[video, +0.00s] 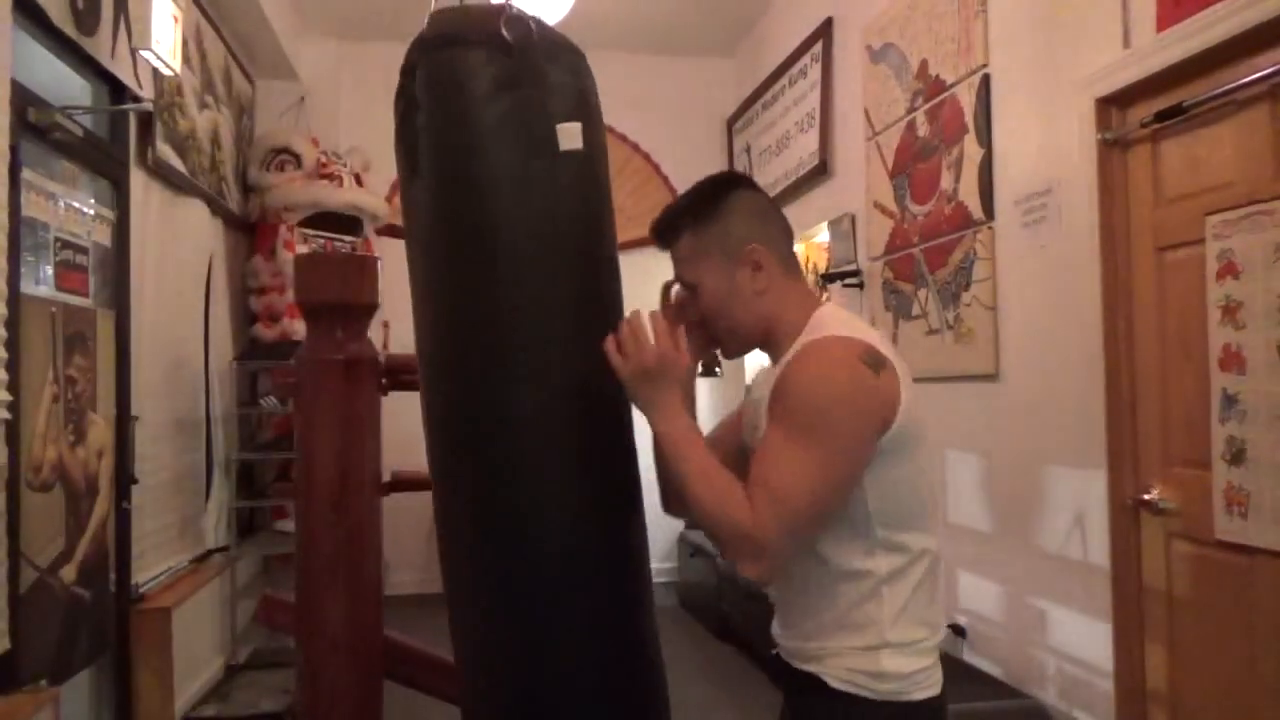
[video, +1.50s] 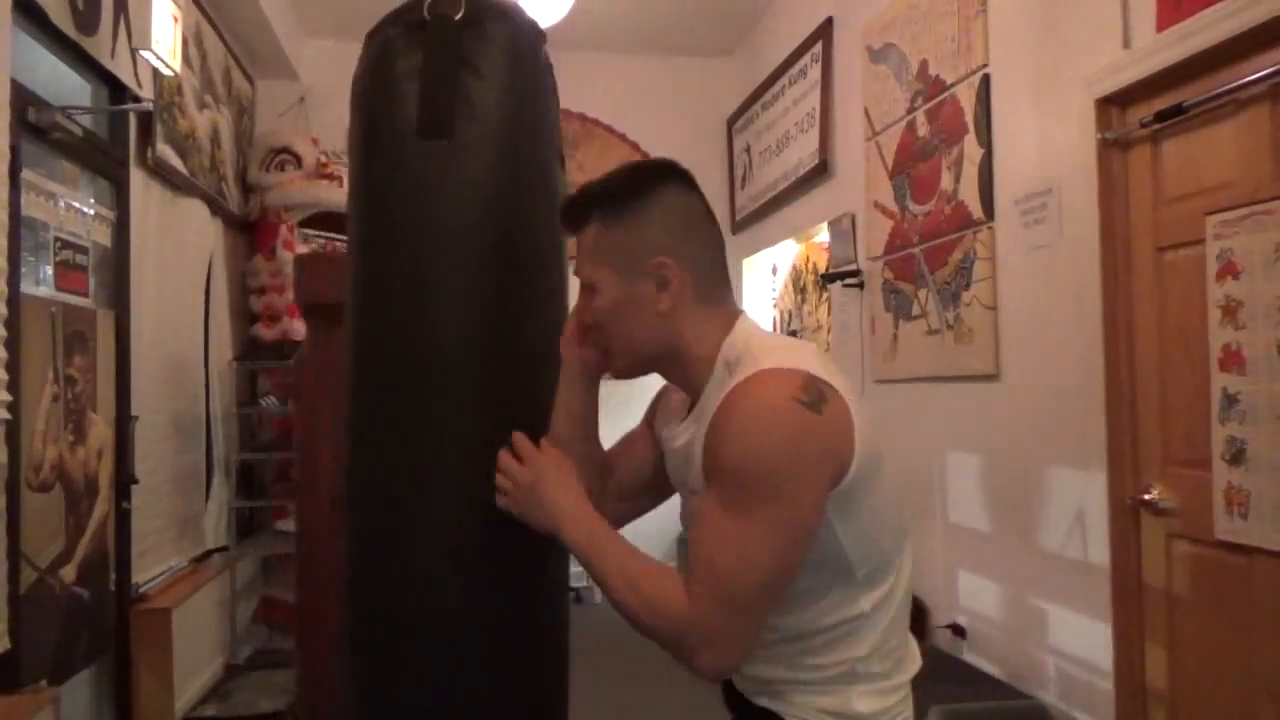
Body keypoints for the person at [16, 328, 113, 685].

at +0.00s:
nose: (69, 391)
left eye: (75, 382)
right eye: (64, 383)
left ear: (91, 384)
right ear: (59, 387)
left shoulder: (103, 430)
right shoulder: (61, 434)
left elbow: (105, 499)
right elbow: (38, 480)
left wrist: (76, 563)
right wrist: (46, 401)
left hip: (104, 547)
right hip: (74, 547)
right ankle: (55, 690)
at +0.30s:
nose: (69, 391)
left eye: (74, 382)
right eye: (63, 383)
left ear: (90, 385)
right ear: (60, 389)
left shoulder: (104, 432)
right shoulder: (62, 437)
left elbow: (104, 501)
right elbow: (38, 481)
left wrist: (76, 562)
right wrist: (45, 401)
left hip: (105, 548)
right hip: (76, 547)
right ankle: (59, 685)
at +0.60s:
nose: (71, 392)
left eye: (76, 383)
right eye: (66, 385)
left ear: (90, 384)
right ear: (61, 390)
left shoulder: (104, 432)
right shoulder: (62, 439)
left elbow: (105, 500)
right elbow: (37, 480)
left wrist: (75, 562)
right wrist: (45, 401)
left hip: (105, 553)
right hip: (75, 554)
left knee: (106, 635)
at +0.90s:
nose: (71, 393)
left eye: (77, 383)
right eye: (66, 385)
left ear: (90, 385)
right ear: (61, 391)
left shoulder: (104, 431)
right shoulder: (62, 439)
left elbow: (105, 500)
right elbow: (38, 481)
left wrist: (76, 562)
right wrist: (46, 401)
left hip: (104, 555)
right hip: (73, 553)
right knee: (27, 607)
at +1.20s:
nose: (70, 391)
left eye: (75, 382)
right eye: (65, 383)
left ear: (90, 385)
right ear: (61, 389)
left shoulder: (104, 433)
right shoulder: (62, 439)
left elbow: (105, 501)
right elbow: (38, 481)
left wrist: (75, 562)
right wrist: (44, 403)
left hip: (104, 553)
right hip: (73, 554)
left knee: (104, 634)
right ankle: (57, 696)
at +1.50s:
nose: (70, 391)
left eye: (75, 382)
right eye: (65, 384)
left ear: (90, 384)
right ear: (60, 390)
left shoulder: (105, 432)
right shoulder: (62, 440)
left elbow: (105, 500)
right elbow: (37, 481)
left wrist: (75, 562)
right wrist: (44, 404)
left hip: (104, 554)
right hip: (74, 555)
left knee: (104, 635)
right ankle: (57, 695)